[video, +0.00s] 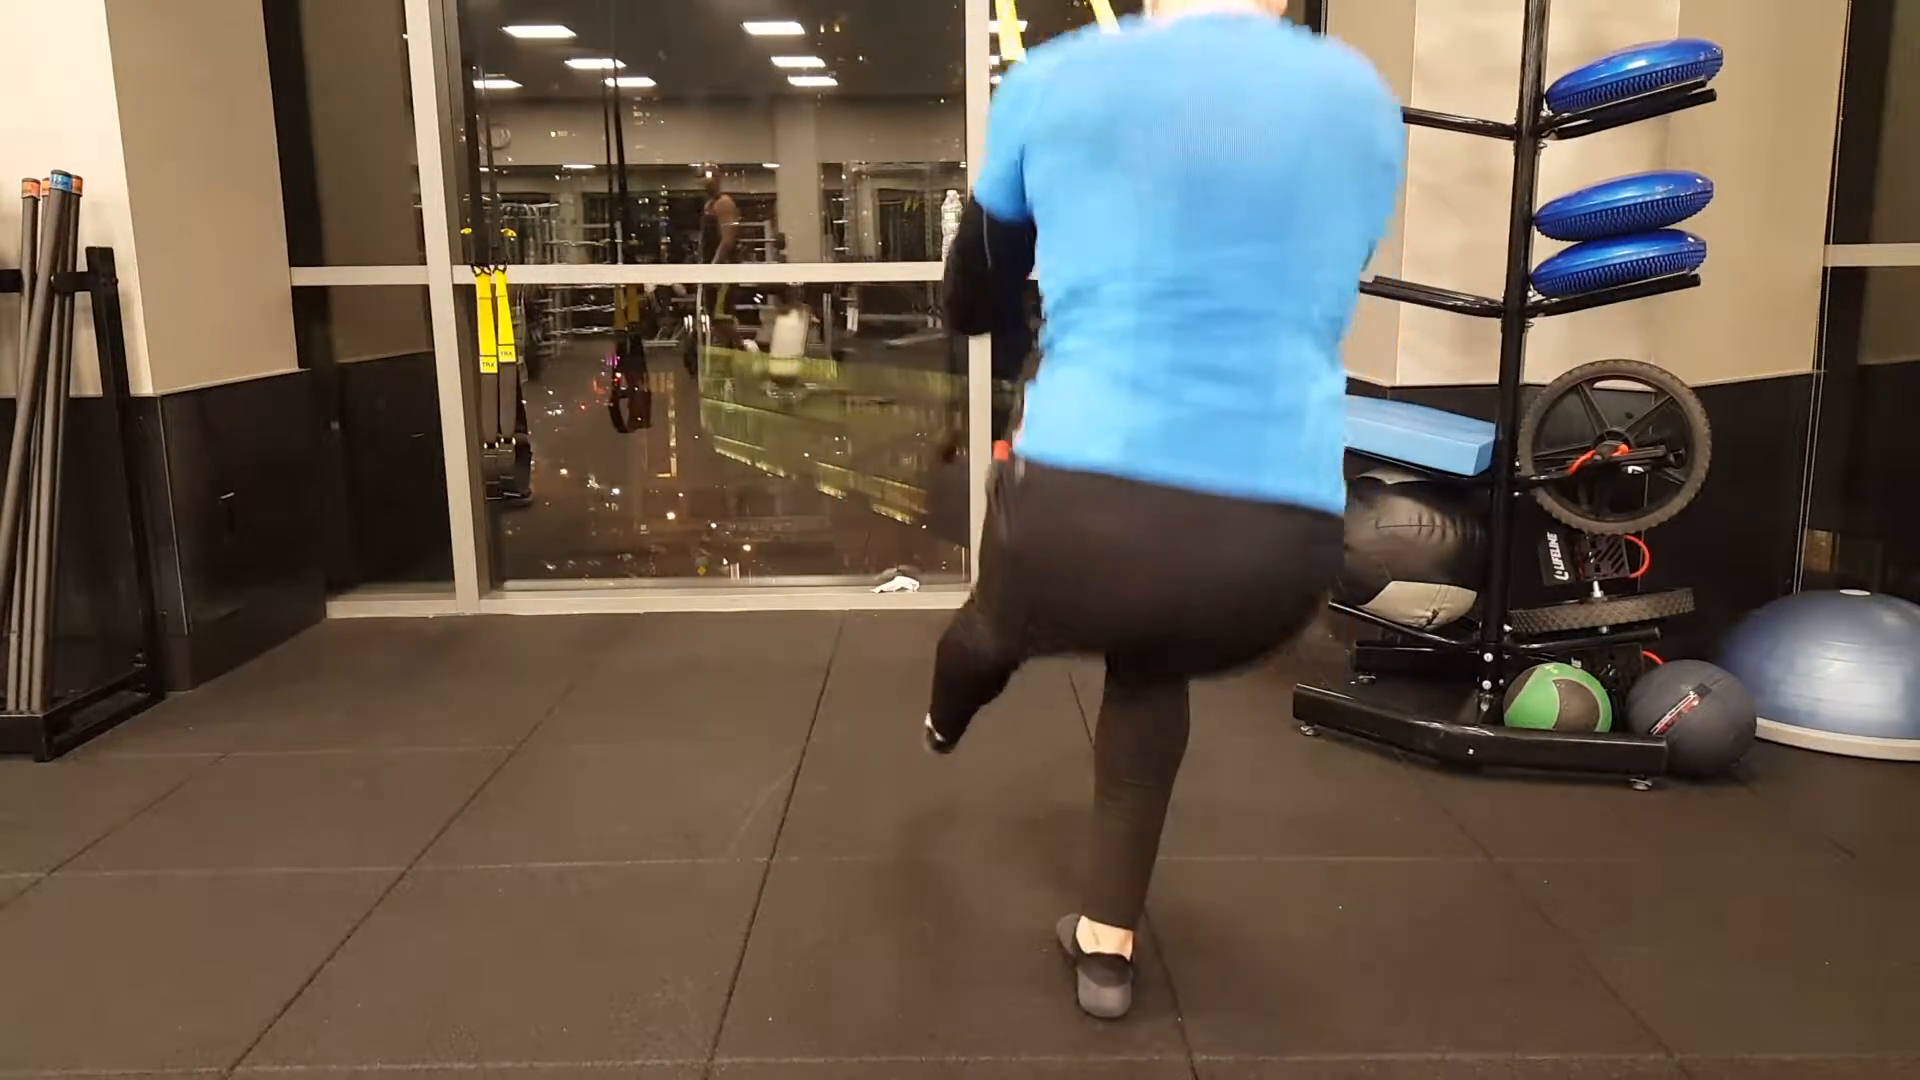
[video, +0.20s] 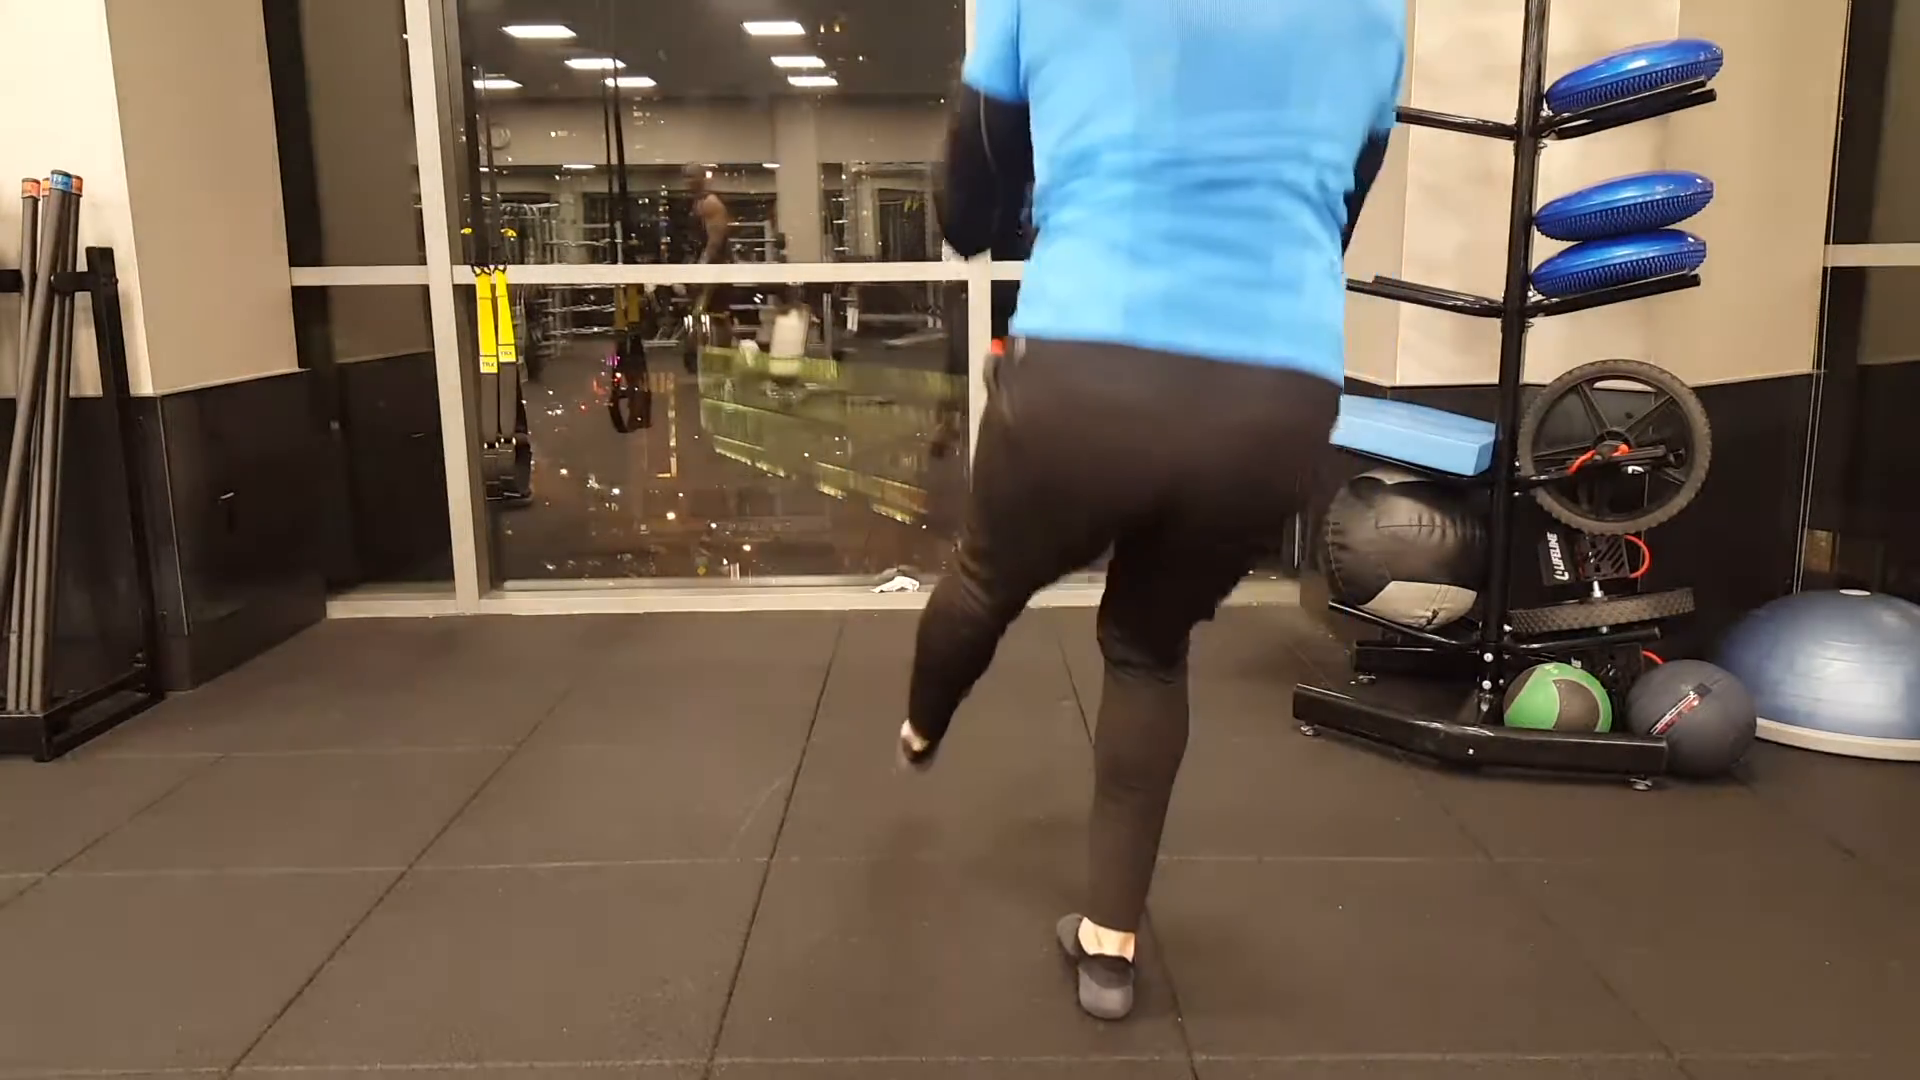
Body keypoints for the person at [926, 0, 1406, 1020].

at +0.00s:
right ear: (1279, 1)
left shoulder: (1050, 78)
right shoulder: (1361, 94)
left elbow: (984, 290)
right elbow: (1329, 286)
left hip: (1082, 522)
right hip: (1273, 546)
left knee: (998, 626)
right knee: (1152, 662)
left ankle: (945, 719)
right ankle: (1111, 943)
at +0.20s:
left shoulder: (1031, 5)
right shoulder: (1372, 14)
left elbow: (973, 217)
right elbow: (1332, 220)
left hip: (1087, 376)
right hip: (1279, 395)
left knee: (989, 578)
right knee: (1152, 642)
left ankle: (921, 732)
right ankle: (1113, 946)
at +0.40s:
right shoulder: (1369, 5)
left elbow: (957, 128)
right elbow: (1346, 165)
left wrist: (1044, 81)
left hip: (1072, 275)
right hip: (1262, 297)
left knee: (959, 566)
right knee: (1153, 636)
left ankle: (888, 780)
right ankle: (1114, 949)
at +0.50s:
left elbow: (944, 91)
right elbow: (1346, 139)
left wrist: (1048, 38)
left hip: (1056, 250)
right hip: (1248, 272)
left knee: (952, 570)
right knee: (1156, 637)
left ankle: (876, 821)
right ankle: (1116, 952)